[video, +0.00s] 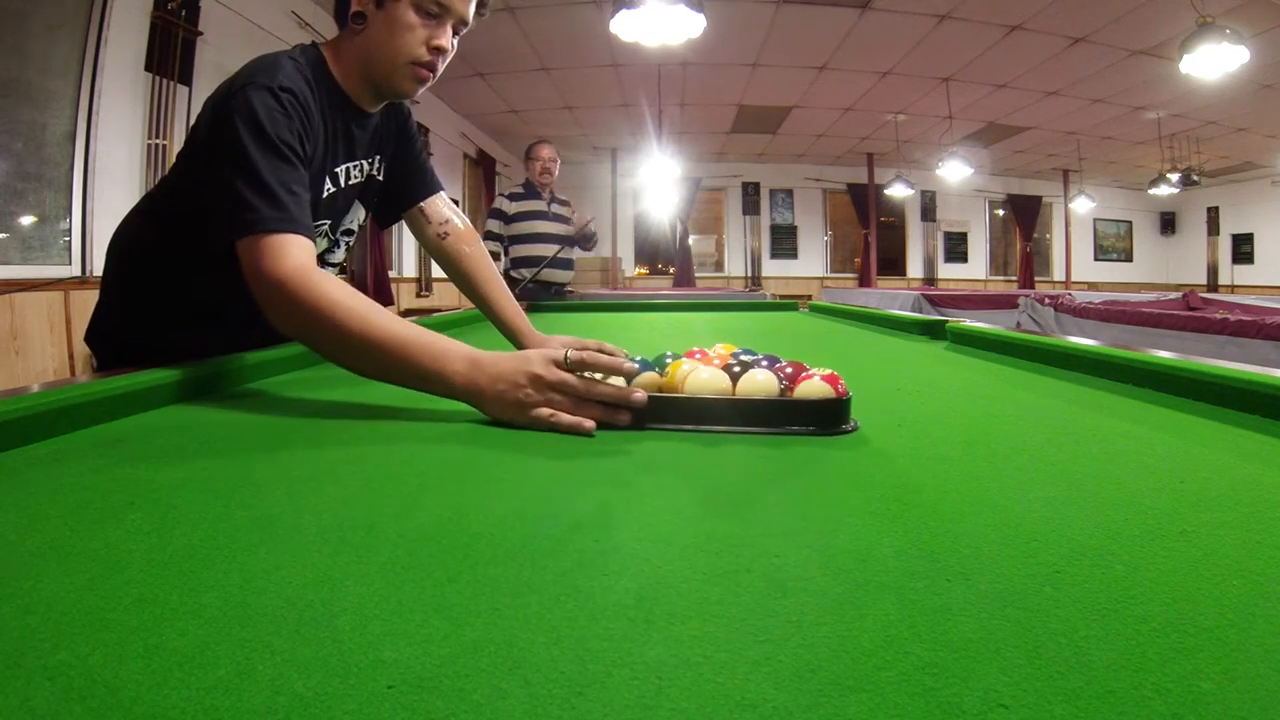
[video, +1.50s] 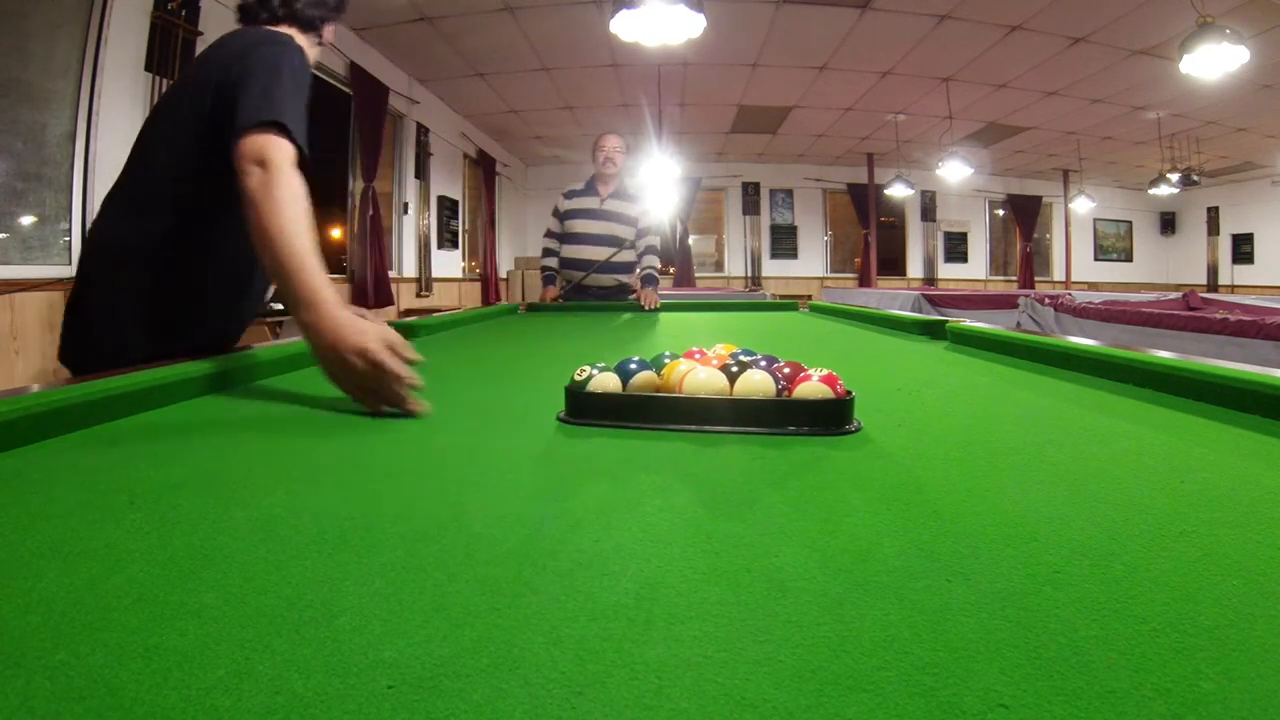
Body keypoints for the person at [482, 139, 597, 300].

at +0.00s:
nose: (546, 166)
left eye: (552, 161)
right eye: (539, 160)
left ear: (558, 167)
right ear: (527, 165)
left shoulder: (565, 206)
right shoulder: (508, 200)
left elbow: (587, 246)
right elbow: (491, 246)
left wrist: (586, 233)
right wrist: (495, 286)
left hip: (559, 294)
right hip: (522, 292)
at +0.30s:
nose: (543, 161)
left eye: (548, 156)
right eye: (535, 157)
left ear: (556, 162)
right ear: (524, 164)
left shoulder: (571, 200)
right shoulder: (507, 202)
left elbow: (591, 233)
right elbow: (491, 247)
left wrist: (604, 262)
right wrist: (496, 284)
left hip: (566, 295)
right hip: (528, 295)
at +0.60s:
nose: (543, 158)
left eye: (549, 153)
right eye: (535, 154)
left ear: (558, 160)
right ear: (525, 163)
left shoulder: (577, 199)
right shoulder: (508, 203)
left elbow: (597, 235)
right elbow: (492, 247)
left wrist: (612, 265)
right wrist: (498, 285)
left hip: (572, 296)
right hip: (528, 298)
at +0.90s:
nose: (557, 155)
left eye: (564, 151)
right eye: (550, 152)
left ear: (574, 160)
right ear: (541, 161)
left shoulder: (592, 201)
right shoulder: (521, 201)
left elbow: (610, 241)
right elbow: (505, 244)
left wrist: (627, 275)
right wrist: (509, 285)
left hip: (583, 298)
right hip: (538, 299)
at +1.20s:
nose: (583, 155)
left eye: (590, 150)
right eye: (577, 150)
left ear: (600, 158)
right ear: (568, 159)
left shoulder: (618, 203)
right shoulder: (546, 200)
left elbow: (632, 244)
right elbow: (531, 243)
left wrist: (641, 282)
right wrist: (531, 282)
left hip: (605, 299)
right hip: (558, 299)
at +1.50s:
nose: (609, 154)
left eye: (617, 150)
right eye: (602, 149)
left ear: (625, 157)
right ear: (593, 157)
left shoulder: (638, 203)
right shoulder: (569, 198)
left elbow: (649, 246)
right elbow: (551, 242)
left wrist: (649, 285)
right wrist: (549, 284)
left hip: (619, 300)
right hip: (574, 298)